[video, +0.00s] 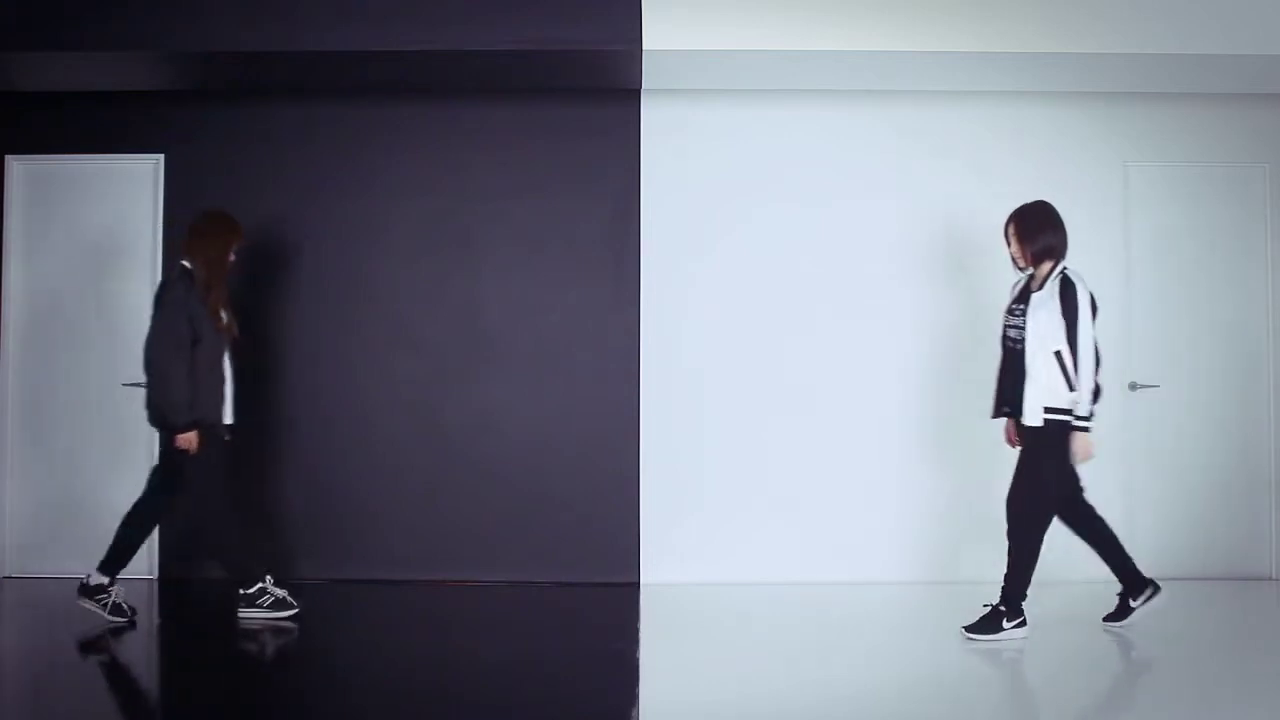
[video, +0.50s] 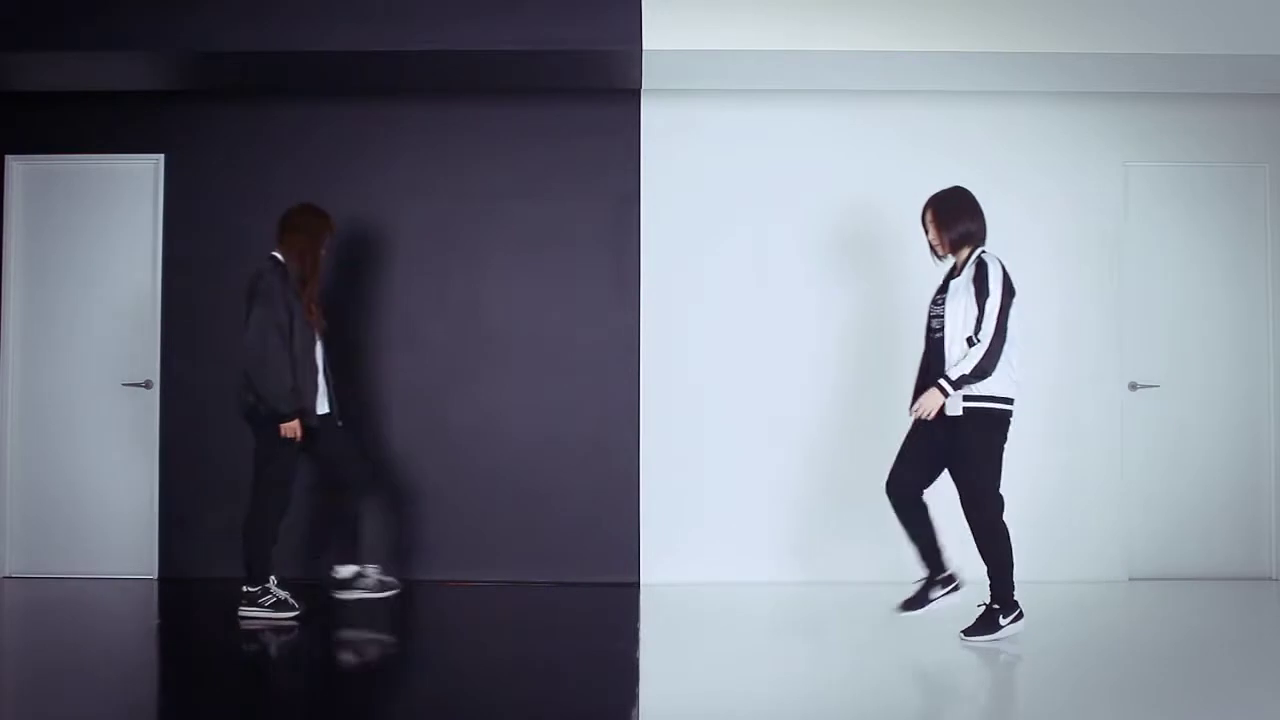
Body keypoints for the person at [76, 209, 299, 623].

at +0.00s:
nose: (233, 260)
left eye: (234, 251)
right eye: (229, 251)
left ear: (204, 248)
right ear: (210, 249)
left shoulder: (209, 290)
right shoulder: (179, 290)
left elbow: (213, 359)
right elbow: (166, 359)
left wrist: (225, 418)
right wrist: (180, 422)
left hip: (213, 421)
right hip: (192, 423)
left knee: (154, 503)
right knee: (226, 506)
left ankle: (100, 582)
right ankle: (251, 590)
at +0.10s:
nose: (253, 257)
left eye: (255, 249)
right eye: (249, 248)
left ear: (226, 247)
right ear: (229, 246)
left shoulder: (232, 288)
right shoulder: (199, 287)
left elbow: (238, 360)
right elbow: (194, 358)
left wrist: (251, 414)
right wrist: (209, 416)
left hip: (241, 420)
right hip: (220, 423)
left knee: (197, 501)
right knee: (239, 504)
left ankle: (131, 565)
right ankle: (253, 590)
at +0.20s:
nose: (273, 254)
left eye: (274, 245)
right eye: (269, 244)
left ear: (242, 240)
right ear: (252, 242)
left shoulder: (248, 284)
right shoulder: (223, 285)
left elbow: (258, 357)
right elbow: (220, 355)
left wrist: (273, 412)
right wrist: (235, 413)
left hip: (260, 416)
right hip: (241, 418)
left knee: (245, 501)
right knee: (248, 503)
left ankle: (181, 553)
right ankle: (253, 592)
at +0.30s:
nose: (291, 253)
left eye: (292, 245)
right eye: (288, 244)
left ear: (259, 238)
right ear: (272, 241)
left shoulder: (261, 281)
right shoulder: (240, 281)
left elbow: (271, 352)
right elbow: (240, 351)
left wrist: (289, 408)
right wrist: (256, 410)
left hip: (279, 413)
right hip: (257, 415)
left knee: (295, 491)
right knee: (258, 497)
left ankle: (233, 546)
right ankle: (256, 591)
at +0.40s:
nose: (308, 253)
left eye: (309, 245)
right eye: (305, 244)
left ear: (278, 239)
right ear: (287, 240)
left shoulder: (281, 281)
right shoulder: (256, 280)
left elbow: (289, 353)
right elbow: (252, 350)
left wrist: (305, 406)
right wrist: (271, 408)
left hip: (296, 413)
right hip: (267, 414)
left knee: (331, 474)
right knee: (260, 496)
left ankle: (296, 552)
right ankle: (254, 590)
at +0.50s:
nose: (325, 253)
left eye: (325, 244)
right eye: (321, 244)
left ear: (291, 237)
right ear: (305, 242)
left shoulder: (295, 281)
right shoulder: (270, 279)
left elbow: (302, 350)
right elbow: (266, 349)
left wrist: (322, 405)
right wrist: (284, 409)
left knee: (349, 479)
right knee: (270, 497)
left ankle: (345, 567)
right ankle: (256, 589)